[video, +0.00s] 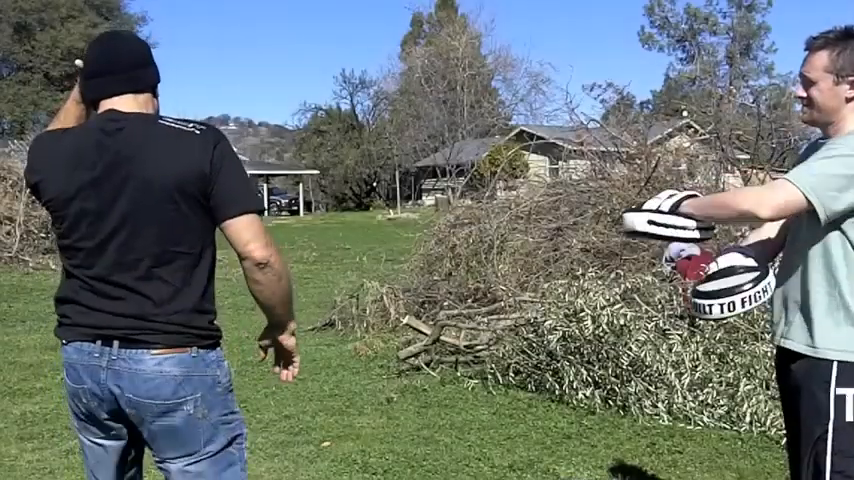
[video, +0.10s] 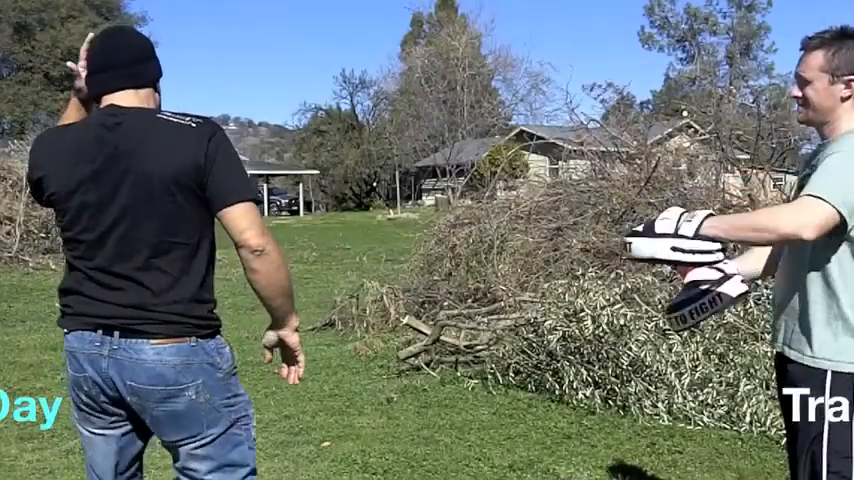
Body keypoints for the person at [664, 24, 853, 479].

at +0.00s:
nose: (798, 92)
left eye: (809, 83)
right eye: (800, 82)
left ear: (848, 88)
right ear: (839, 88)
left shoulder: (848, 151)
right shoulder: (820, 148)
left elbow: (763, 205)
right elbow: (789, 223)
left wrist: (681, 208)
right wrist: (733, 262)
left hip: (836, 353)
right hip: (801, 346)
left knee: (829, 470)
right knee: (805, 466)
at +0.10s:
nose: (793, 92)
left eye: (804, 82)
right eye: (796, 81)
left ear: (845, 87)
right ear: (837, 87)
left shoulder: (845, 152)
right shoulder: (823, 155)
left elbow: (807, 222)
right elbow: (800, 243)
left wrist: (698, 224)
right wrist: (734, 271)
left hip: (831, 362)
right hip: (805, 356)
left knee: (826, 470)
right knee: (807, 467)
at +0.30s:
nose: (779, 92)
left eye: (790, 82)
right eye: (781, 82)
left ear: (831, 88)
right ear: (825, 88)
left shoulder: (844, 155)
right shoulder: (819, 158)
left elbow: (850, 236)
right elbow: (817, 253)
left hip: (829, 363)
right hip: (804, 358)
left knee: (827, 472)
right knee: (808, 469)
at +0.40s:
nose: (773, 92)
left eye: (783, 82)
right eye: (776, 82)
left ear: (824, 87)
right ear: (819, 88)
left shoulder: (844, 159)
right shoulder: (814, 157)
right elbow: (803, 243)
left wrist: (829, 267)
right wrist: (752, 264)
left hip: (830, 360)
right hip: (798, 353)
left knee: (828, 470)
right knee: (804, 465)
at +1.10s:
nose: (789, 93)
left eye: (799, 82)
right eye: (792, 82)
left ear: (840, 87)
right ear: (836, 88)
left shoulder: (846, 161)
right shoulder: (819, 158)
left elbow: (851, 252)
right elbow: (800, 224)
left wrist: (762, 281)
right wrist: (736, 220)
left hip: (831, 365)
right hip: (798, 356)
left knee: (826, 471)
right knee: (804, 468)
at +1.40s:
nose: (804, 89)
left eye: (814, 79)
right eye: (807, 79)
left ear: (849, 85)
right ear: (841, 85)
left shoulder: (846, 161)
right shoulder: (821, 153)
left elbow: (790, 248)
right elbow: (764, 202)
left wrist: (707, 254)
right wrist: (724, 187)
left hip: (832, 364)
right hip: (803, 355)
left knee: (827, 471)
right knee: (810, 467)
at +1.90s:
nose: (800, 89)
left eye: (808, 78)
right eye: (803, 78)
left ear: (845, 83)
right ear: (841, 83)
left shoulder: (841, 159)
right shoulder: (822, 146)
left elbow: (781, 243)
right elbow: (790, 223)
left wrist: (746, 241)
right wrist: (760, 239)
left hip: (832, 352)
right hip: (809, 347)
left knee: (827, 469)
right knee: (811, 465)